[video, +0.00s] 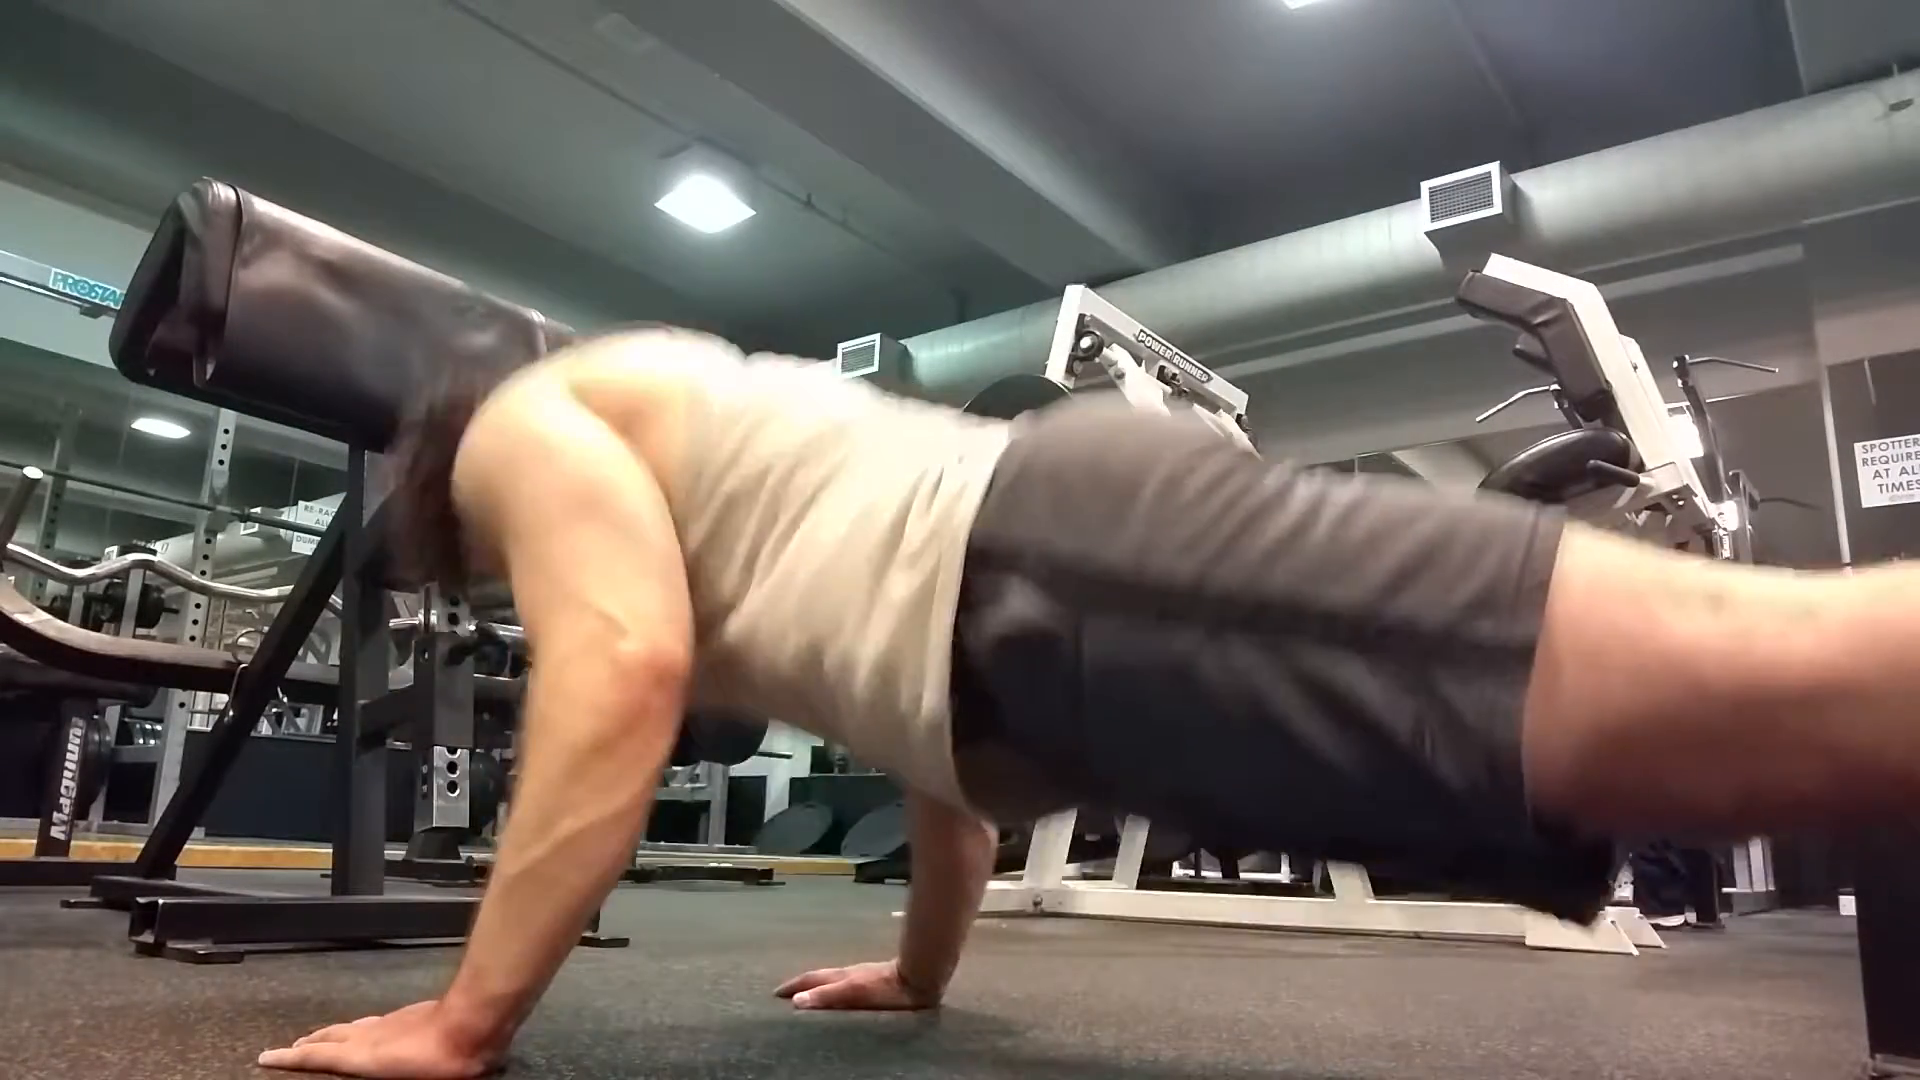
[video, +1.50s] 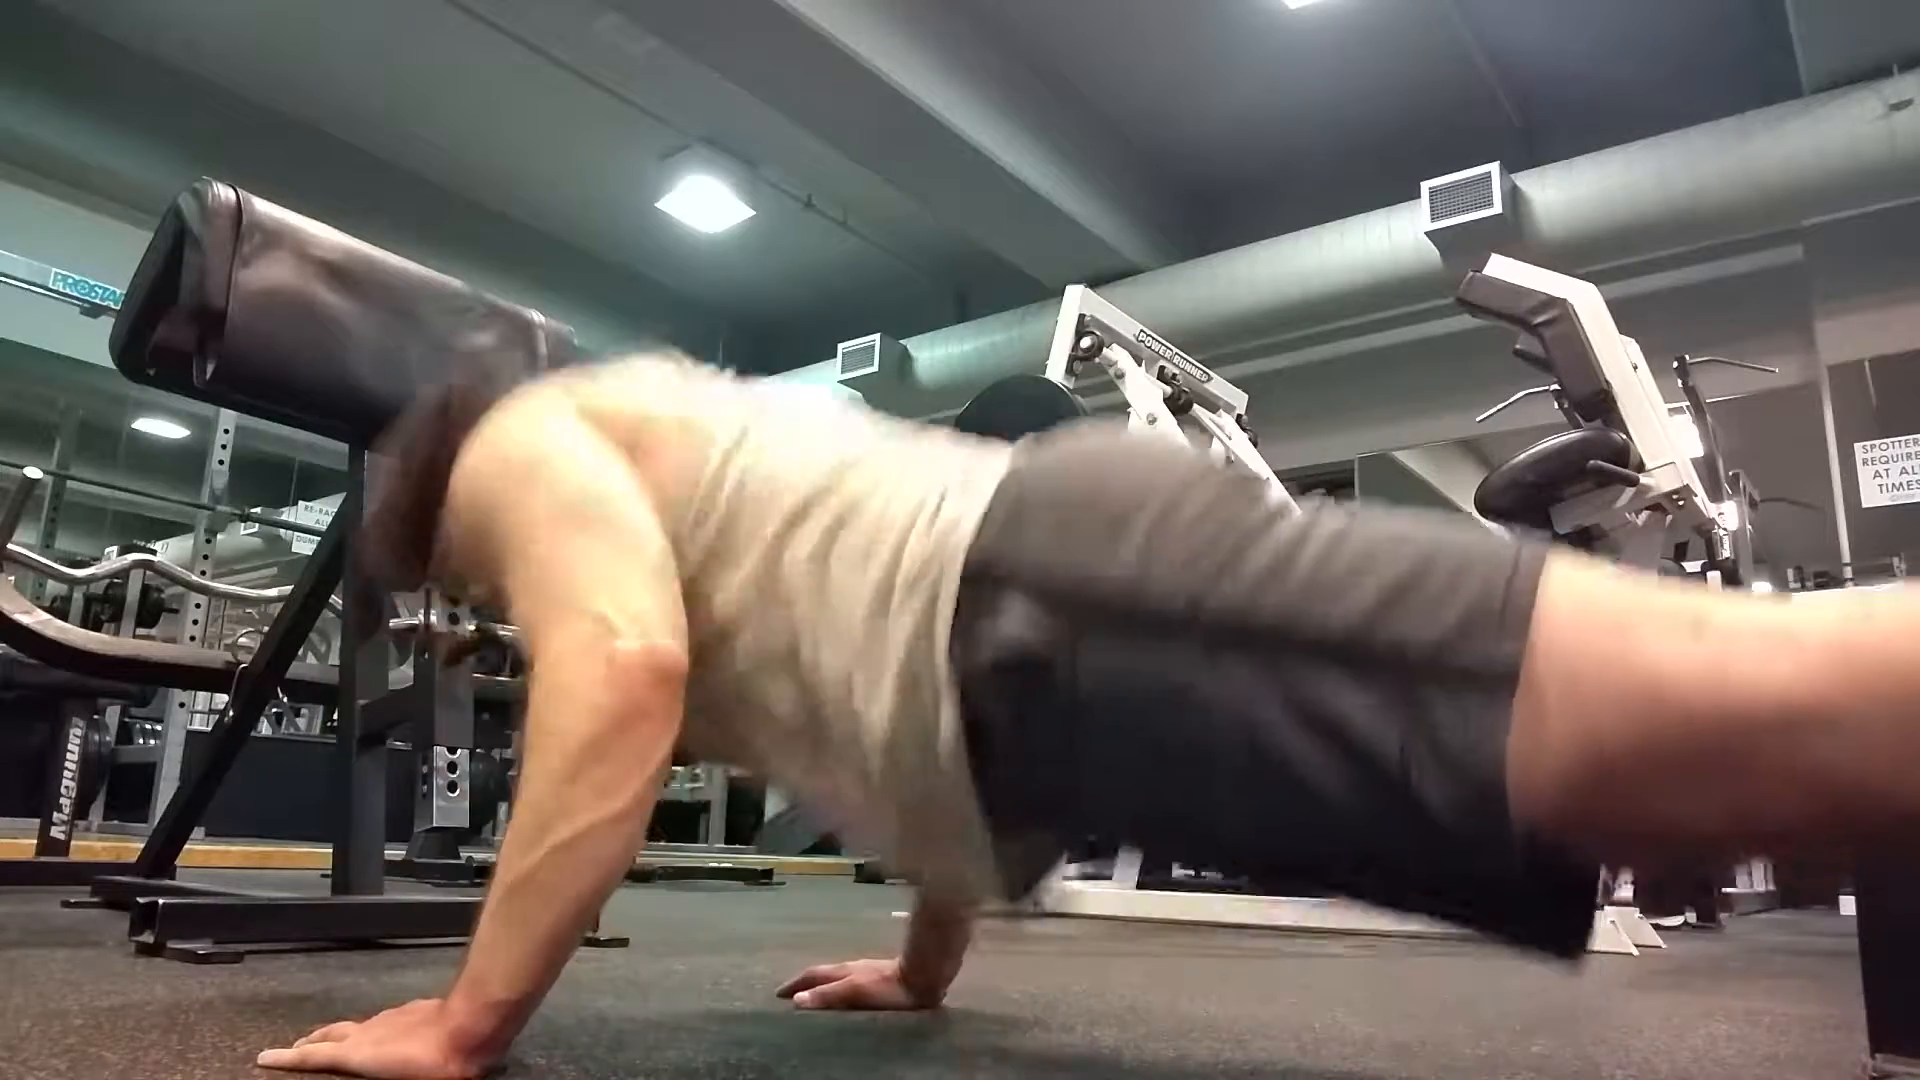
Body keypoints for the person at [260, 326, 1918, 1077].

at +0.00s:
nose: (407, 555)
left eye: (396, 513)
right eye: (395, 535)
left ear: (418, 429)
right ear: (523, 415)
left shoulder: (530, 413)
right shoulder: (712, 440)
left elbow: (619, 660)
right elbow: (941, 706)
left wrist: (463, 1021)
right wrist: (921, 969)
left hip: (1060, 559)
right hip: (1068, 610)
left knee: (1784, 692)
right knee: (1761, 734)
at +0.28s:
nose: (418, 876)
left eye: (394, 860)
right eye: (413, 863)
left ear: (381, 803)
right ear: (432, 778)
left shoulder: (435, 726)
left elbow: (637, 700)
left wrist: (462, 1015)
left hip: (989, 832)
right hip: (983, 935)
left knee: (1722, 863)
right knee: (1716, 865)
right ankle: (1875, 921)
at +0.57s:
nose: (427, 682)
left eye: (410, 643)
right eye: (417, 667)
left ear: (421, 574)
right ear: (519, 493)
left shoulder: (504, 538)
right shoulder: (666, 525)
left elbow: (639, 692)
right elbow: (905, 686)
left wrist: (466, 1023)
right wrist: (929, 946)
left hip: (1034, 662)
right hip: (1054, 690)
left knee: (1762, 768)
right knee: (1736, 781)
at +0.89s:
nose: (449, 639)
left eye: (425, 603)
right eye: (432, 628)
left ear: (435, 523)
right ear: (541, 465)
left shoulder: (525, 489)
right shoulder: (722, 494)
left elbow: (641, 678)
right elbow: (965, 744)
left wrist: (466, 1015)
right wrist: (928, 974)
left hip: (1034, 624)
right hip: (1065, 640)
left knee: (1734, 737)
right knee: (1715, 768)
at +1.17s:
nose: (416, 880)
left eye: (390, 861)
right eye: (413, 866)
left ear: (380, 816)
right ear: (425, 790)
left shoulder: (431, 759)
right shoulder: (529, 870)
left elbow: (625, 690)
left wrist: (456, 1017)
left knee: (1713, 882)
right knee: (1695, 914)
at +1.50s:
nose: (426, 598)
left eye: (408, 559)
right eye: (412, 585)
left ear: (417, 458)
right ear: (534, 399)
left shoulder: (527, 435)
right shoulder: (707, 451)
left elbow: (615, 664)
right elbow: (909, 689)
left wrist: (470, 1011)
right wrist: (929, 957)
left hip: (1047, 600)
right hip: (1062, 670)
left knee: (1783, 719)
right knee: (1759, 768)